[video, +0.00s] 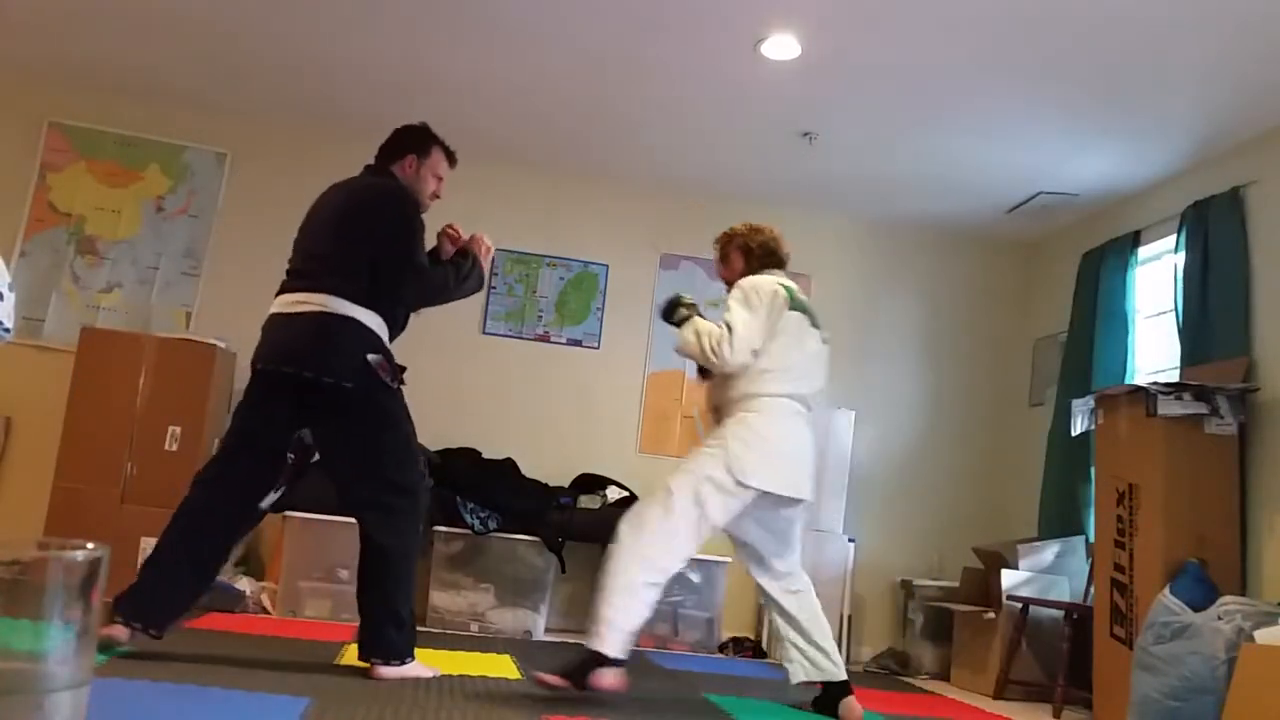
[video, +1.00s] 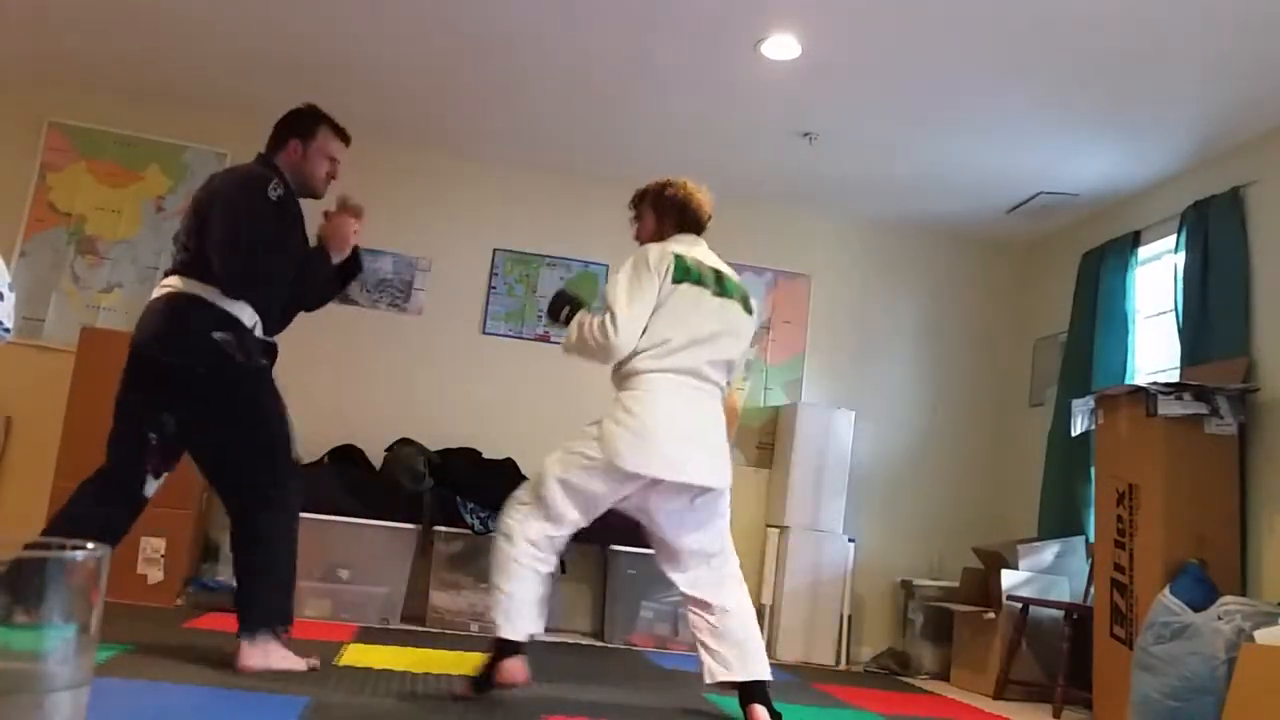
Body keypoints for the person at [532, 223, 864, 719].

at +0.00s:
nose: (720, 271)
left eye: (724, 261)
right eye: (720, 262)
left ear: (744, 257)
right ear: (771, 260)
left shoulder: (755, 288)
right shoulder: (803, 309)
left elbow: (730, 351)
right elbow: (782, 378)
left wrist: (685, 317)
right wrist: (714, 356)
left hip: (752, 439)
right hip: (794, 450)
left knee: (653, 525)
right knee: (782, 571)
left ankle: (604, 656)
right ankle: (833, 686)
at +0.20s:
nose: (649, 242)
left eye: (653, 234)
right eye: (651, 234)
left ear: (668, 234)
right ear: (709, 242)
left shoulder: (655, 268)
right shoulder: (744, 299)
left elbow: (580, 266)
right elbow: (773, 379)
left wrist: (516, 240)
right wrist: (712, 391)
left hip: (680, 440)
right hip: (743, 447)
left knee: (586, 547)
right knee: (764, 557)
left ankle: (521, 665)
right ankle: (818, 674)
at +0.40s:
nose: (625, 218)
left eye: (630, 210)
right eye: (627, 210)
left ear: (645, 211)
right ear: (686, 219)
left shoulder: (630, 247)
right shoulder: (716, 284)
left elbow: (546, 284)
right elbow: (724, 374)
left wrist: (481, 270)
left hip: (639, 427)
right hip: (698, 435)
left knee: (556, 537)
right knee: (700, 542)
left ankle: (515, 666)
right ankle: (776, 648)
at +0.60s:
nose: (635, 220)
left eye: (639, 210)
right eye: (635, 210)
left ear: (663, 209)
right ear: (691, 214)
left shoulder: (653, 250)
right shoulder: (735, 287)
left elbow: (616, 330)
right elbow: (726, 371)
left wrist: (567, 304)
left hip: (630, 422)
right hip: (693, 438)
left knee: (540, 524)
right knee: (701, 563)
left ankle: (502, 662)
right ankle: (750, 695)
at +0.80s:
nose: (646, 227)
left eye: (649, 217)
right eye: (645, 218)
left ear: (670, 212)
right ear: (708, 218)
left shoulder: (664, 246)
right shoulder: (749, 286)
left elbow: (617, 323)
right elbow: (738, 368)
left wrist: (579, 294)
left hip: (651, 424)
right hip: (719, 440)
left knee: (557, 533)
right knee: (724, 565)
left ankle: (526, 665)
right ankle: (758, 701)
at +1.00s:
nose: (635, 229)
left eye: (639, 218)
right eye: (635, 219)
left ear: (664, 217)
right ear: (694, 222)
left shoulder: (653, 258)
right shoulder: (738, 291)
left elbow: (615, 338)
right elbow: (730, 373)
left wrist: (571, 317)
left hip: (639, 430)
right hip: (705, 445)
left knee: (531, 514)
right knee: (715, 573)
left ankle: (508, 652)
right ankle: (758, 704)